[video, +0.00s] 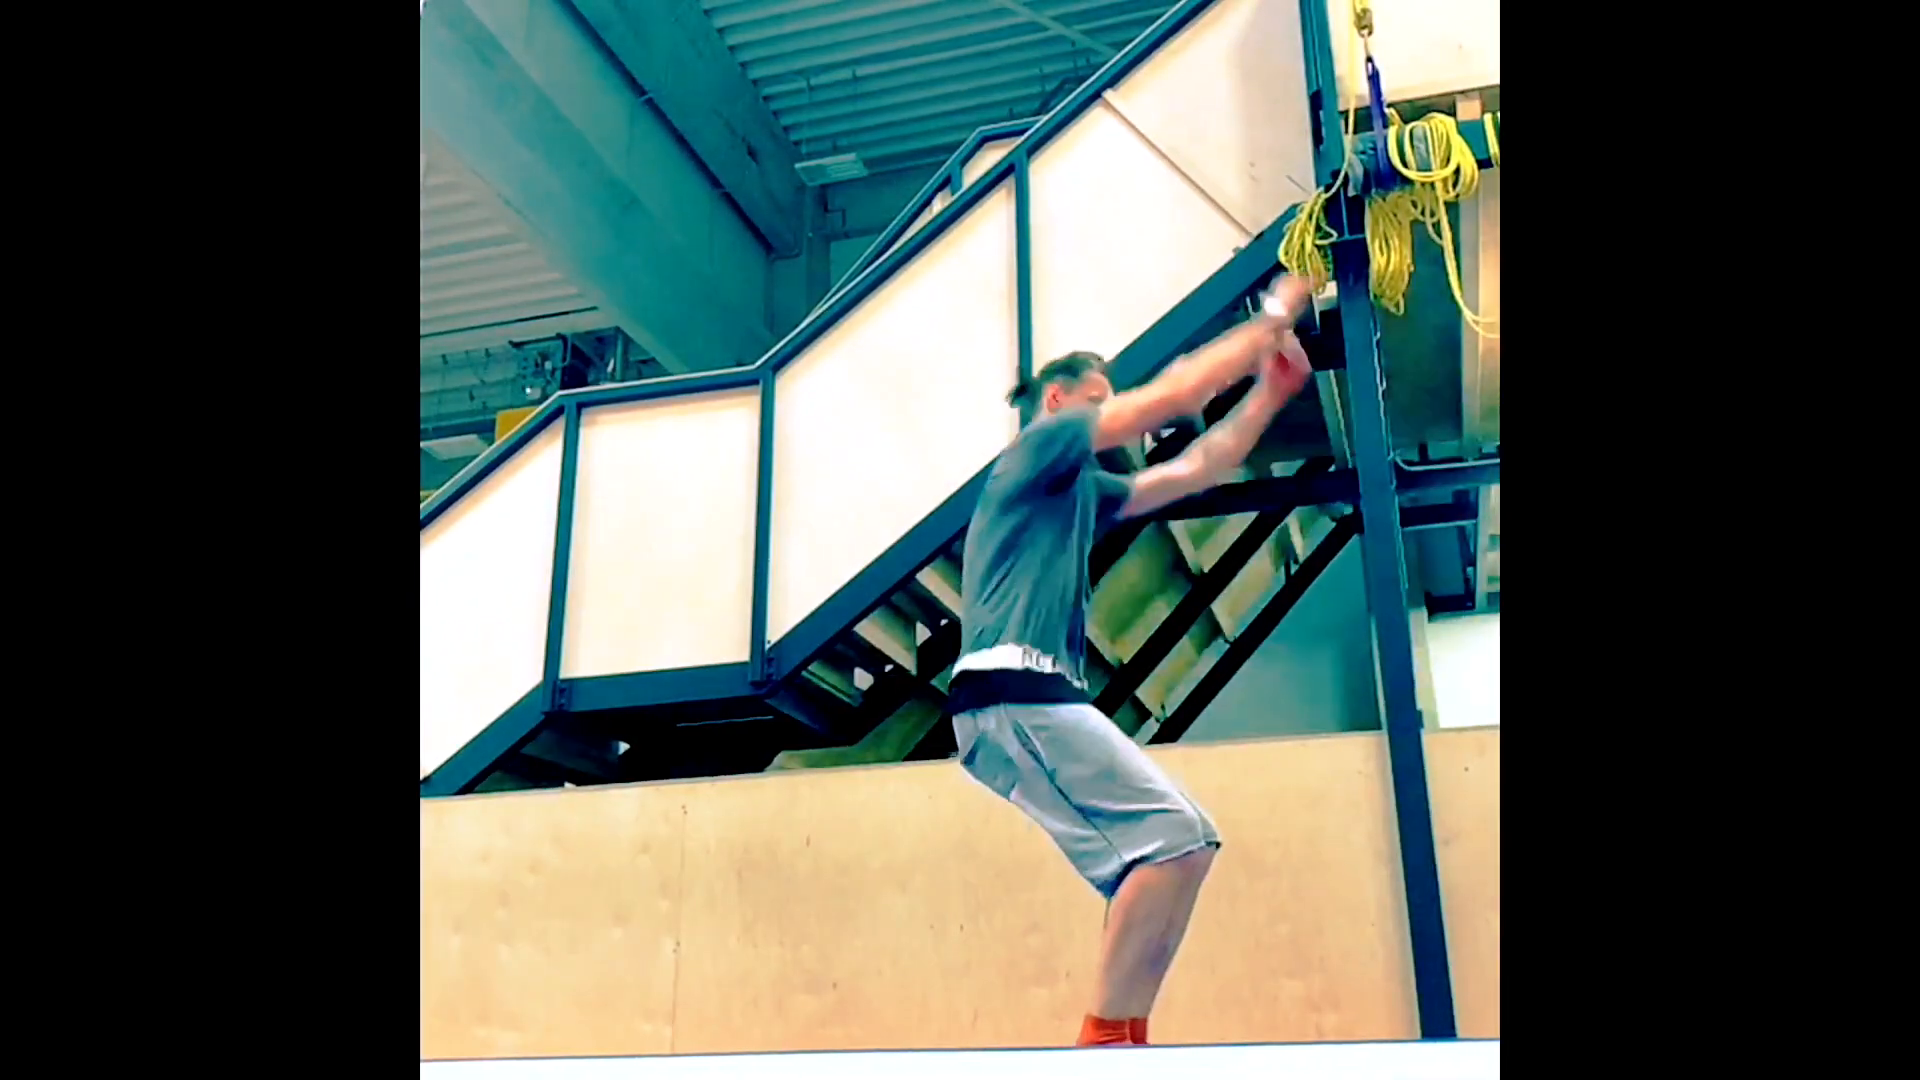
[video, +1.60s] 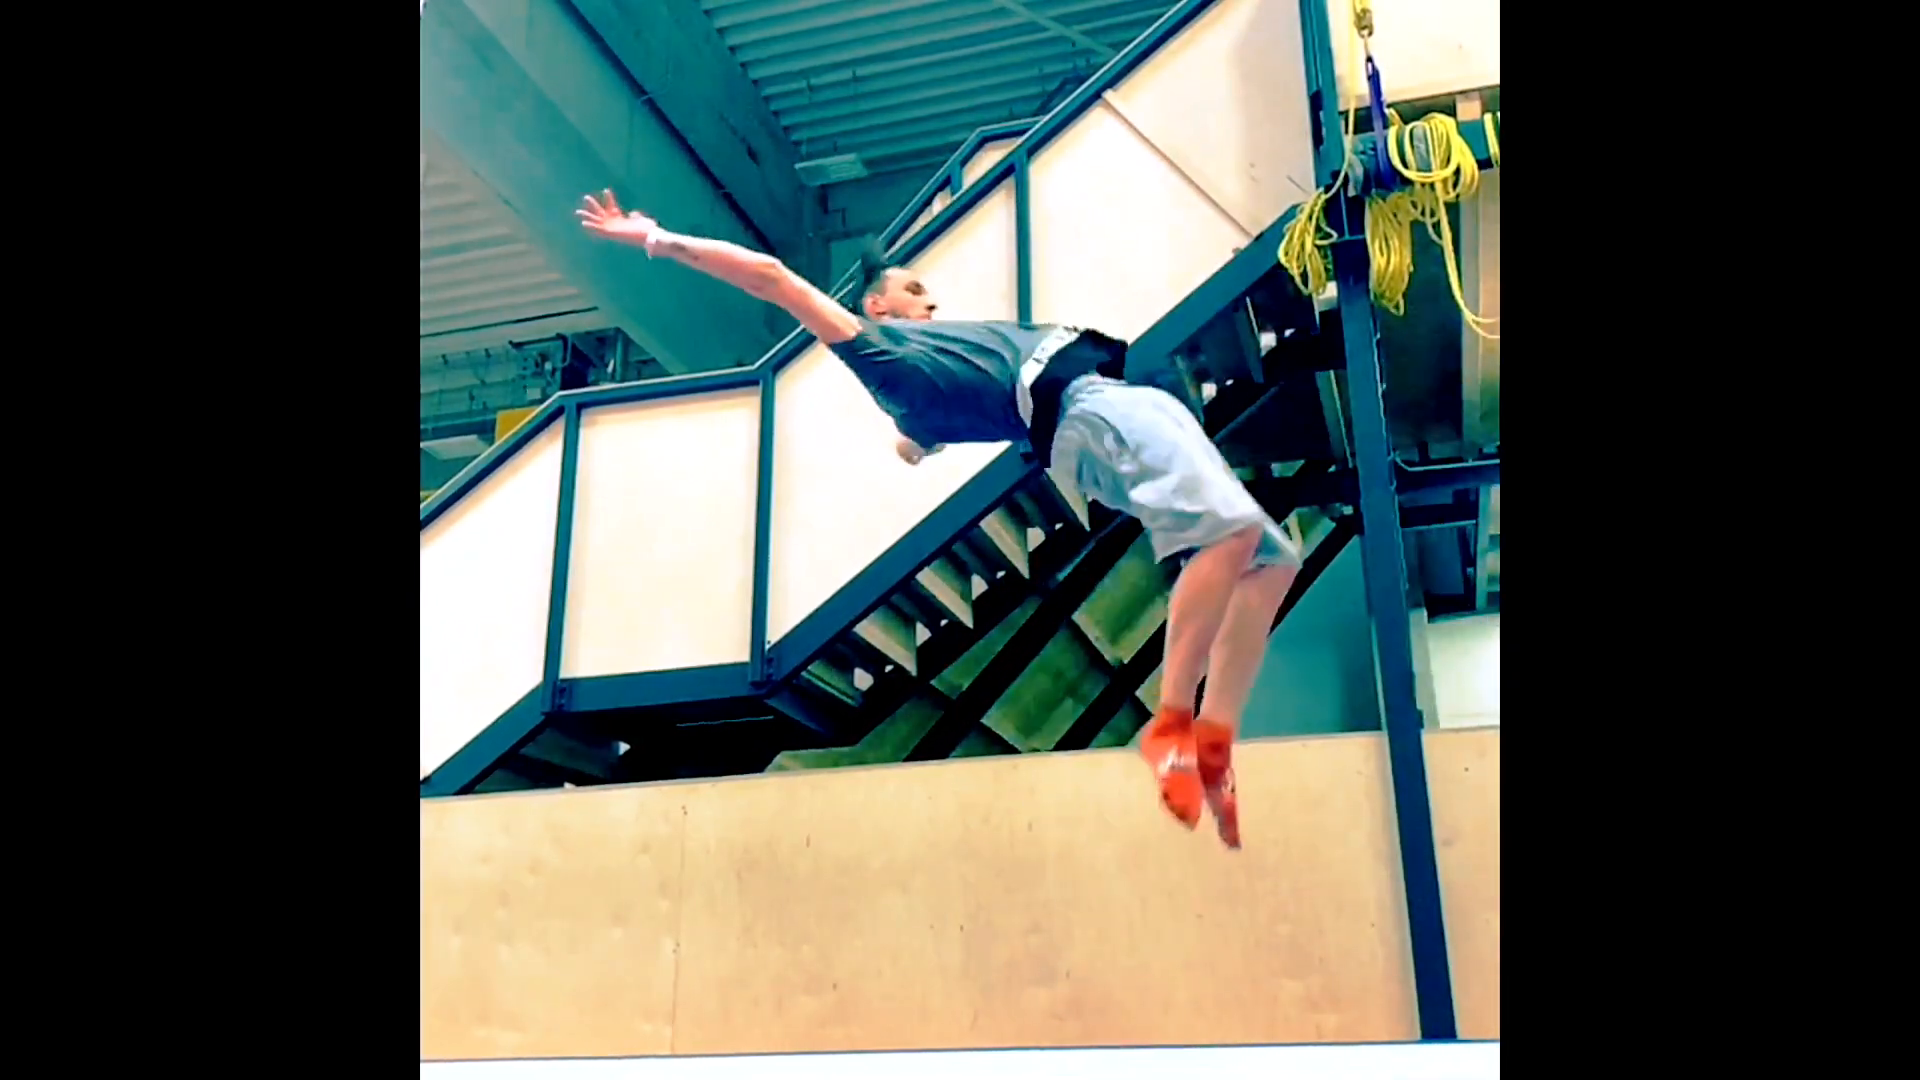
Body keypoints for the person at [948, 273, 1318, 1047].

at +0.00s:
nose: (1112, 409)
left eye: (1110, 399)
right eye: (1099, 396)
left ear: (1069, 402)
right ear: (1057, 394)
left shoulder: (1081, 489)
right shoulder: (1037, 445)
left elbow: (1201, 467)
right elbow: (1171, 395)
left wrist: (1270, 391)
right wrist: (1272, 317)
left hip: (1037, 702)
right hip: (1013, 699)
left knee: (1176, 848)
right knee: (1174, 841)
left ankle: (1118, 1042)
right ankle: (1108, 1041)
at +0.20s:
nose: (1081, 378)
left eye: (1079, 371)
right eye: (1068, 364)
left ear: (1060, 386)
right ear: (1034, 370)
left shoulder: (1066, 459)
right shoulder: (1015, 428)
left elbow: (1154, 403)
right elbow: (1121, 319)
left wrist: (1208, 318)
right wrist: (1183, 219)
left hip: (1051, 673)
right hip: (1021, 671)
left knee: (1188, 836)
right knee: (1167, 832)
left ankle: (1127, 1035)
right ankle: (1108, 1033)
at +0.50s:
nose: (1047, 342)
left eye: (1049, 334)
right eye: (1036, 328)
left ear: (1039, 355)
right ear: (1004, 336)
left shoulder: (1035, 417)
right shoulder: (985, 385)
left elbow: (1092, 351)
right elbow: (1031, 256)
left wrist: (1119, 272)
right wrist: (1044, 149)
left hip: (1076, 628)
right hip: (1044, 625)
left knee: (1190, 810)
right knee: (1155, 804)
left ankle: (1135, 1015)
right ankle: (1110, 1018)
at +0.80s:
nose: (1014, 324)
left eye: (1018, 316)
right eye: (998, 316)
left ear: (1018, 328)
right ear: (964, 322)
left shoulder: (1014, 392)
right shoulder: (953, 369)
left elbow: (1024, 344)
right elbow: (937, 226)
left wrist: (1031, 273)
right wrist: (905, 126)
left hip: (1112, 564)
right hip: (1070, 561)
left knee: (1190, 768)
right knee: (1137, 759)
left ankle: (1157, 966)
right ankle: (1126, 968)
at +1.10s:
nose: (991, 305)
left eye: (990, 298)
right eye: (973, 295)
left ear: (970, 315)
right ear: (928, 304)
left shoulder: (1000, 374)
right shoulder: (920, 343)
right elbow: (852, 231)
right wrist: (784, 151)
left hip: (1140, 511)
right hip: (1093, 500)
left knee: (1193, 716)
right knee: (1144, 698)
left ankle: (1176, 912)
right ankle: (1142, 912)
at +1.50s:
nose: (949, 293)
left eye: (947, 286)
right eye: (932, 287)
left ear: (937, 302)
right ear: (896, 306)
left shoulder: (973, 358)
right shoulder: (895, 347)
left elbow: (917, 411)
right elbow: (788, 263)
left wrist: (896, 410)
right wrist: (684, 214)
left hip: (1157, 443)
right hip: (1105, 437)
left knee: (1241, 626)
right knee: (1194, 602)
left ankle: (1189, 809)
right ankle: (1146, 800)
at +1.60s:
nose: (928, 292)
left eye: (924, 286)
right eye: (910, 289)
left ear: (915, 308)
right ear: (879, 310)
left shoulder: (948, 365)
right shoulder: (876, 348)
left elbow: (934, 429)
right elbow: (768, 276)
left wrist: (910, 445)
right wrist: (657, 237)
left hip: (1131, 412)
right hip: (1085, 408)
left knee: (1272, 561)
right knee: (1224, 533)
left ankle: (1217, 742)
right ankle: (1172, 721)